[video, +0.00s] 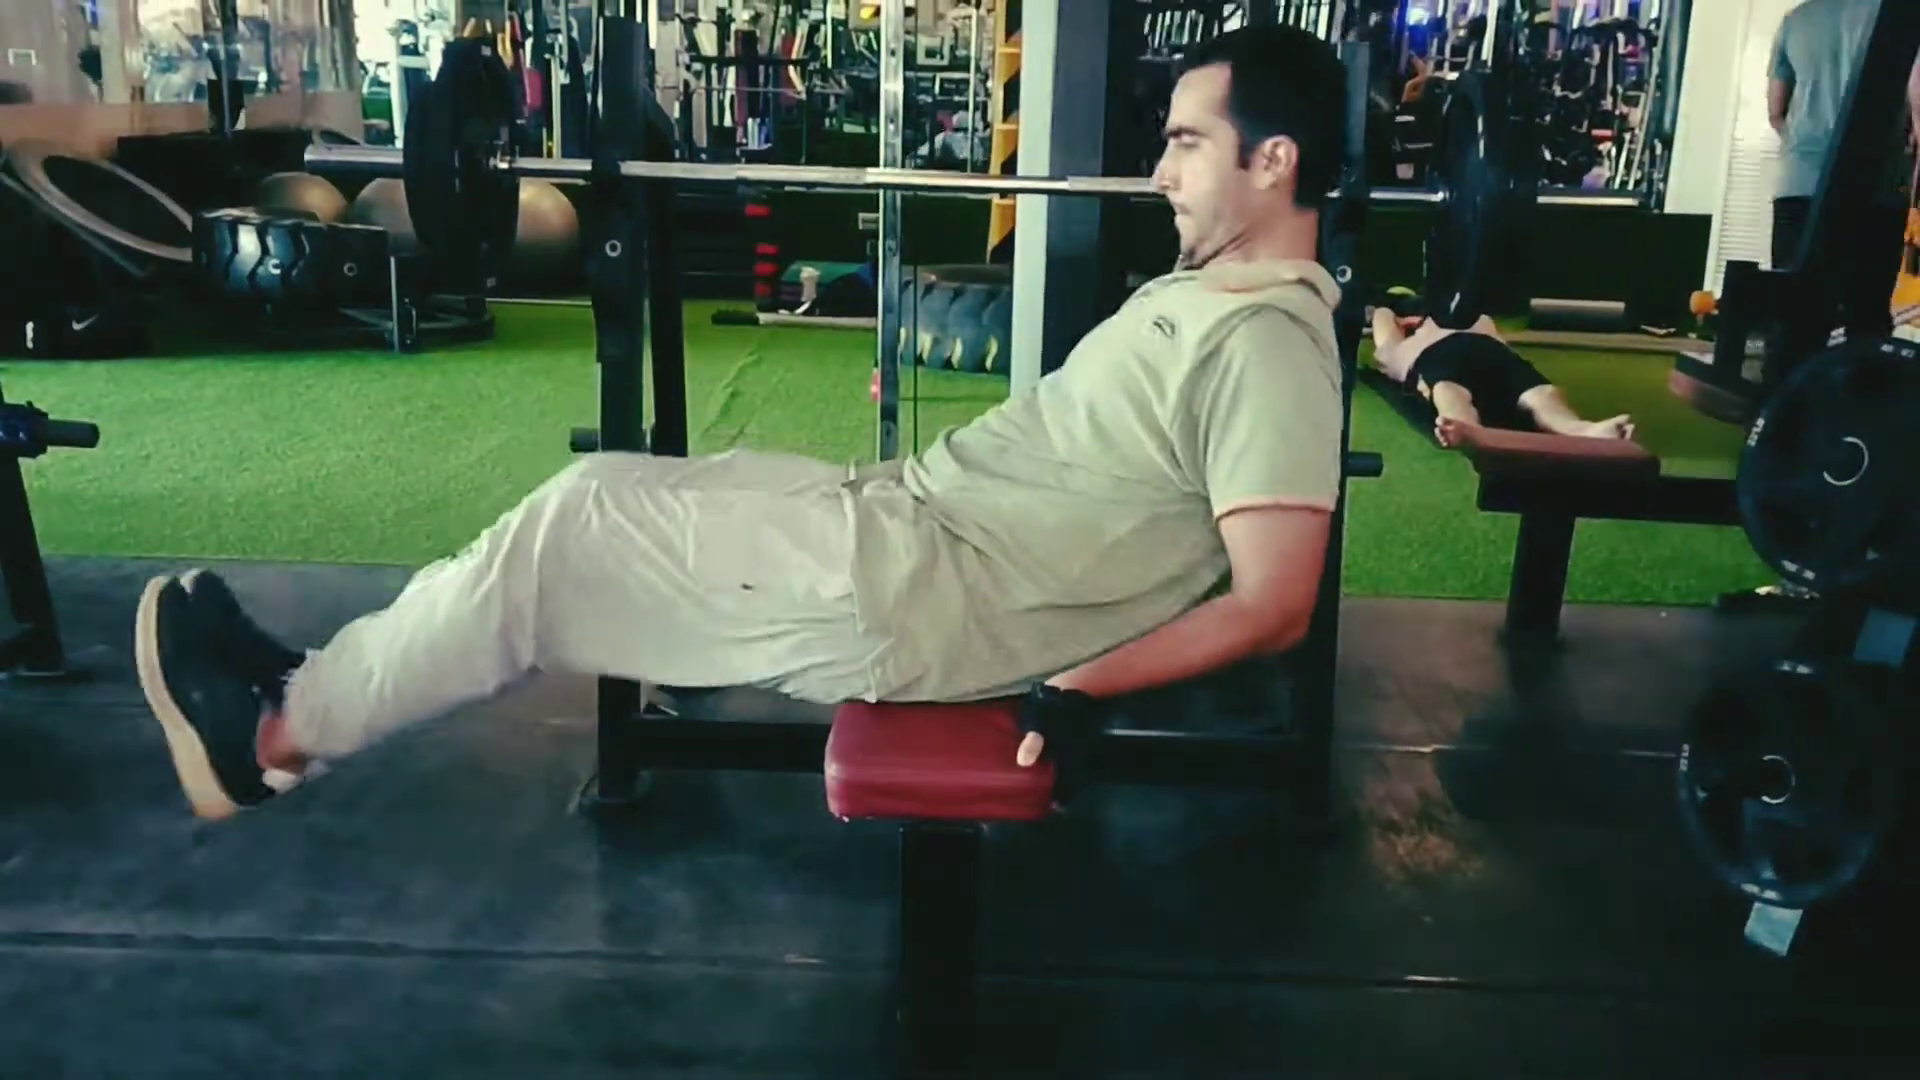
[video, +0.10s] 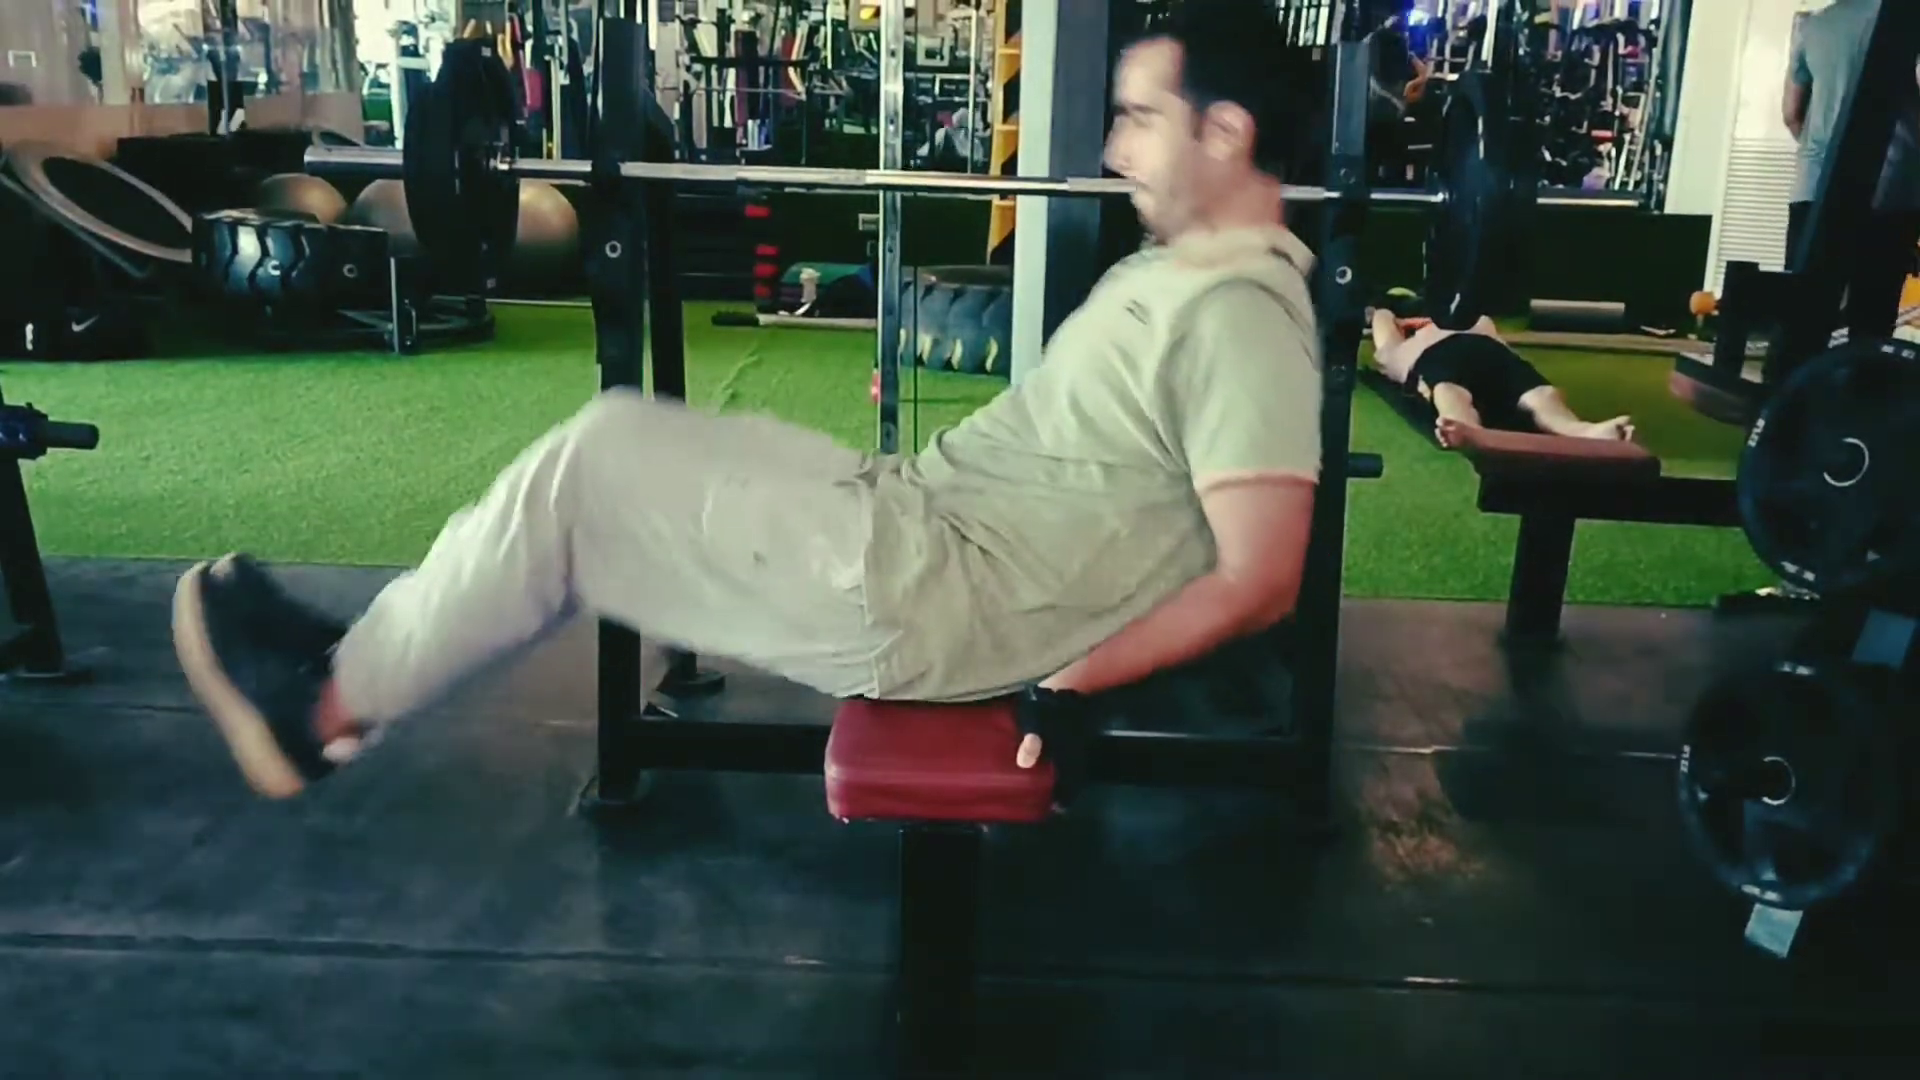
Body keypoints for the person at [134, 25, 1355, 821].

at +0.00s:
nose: (1164, 169)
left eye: (1190, 143)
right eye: (1170, 142)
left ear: (1280, 165)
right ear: (1261, 168)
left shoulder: (1269, 335)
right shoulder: (1212, 300)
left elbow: (1275, 602)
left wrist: (1068, 686)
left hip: (935, 590)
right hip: (908, 523)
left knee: (575, 535)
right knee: (589, 494)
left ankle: (272, 743)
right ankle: (303, 702)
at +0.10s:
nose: (1116, 146)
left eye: (1141, 118)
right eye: (1120, 120)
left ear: (1232, 137)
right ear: (1218, 142)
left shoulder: (1240, 301)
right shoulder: (1192, 274)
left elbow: (1260, 577)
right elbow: (1201, 532)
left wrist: (1072, 681)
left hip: (948, 593)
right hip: (920, 529)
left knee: (597, 461)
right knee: (605, 444)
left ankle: (321, 717)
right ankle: (345, 682)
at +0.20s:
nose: (1024, 123)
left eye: (1044, 91)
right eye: (1023, 94)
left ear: (1136, 96)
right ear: (1120, 97)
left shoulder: (1183, 268)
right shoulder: (1119, 244)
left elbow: (1234, 536)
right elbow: (1055, 442)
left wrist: (1054, 679)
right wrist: (911, 464)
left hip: (962, 605)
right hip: (934, 557)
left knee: (649, 372)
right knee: (666, 349)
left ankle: (410, 657)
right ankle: (434, 616)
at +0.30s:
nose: (932, 115)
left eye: (945, 82)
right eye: (928, 84)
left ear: (1036, 79)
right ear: (1033, 84)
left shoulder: (1096, 243)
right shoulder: (1050, 224)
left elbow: (1206, 511)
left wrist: (1042, 693)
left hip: (947, 612)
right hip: (927, 574)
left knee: (719, 292)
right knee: (724, 290)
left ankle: (496, 588)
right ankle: (503, 577)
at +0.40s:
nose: (901, 128)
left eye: (910, 95)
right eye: (894, 99)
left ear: (990, 83)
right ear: (992, 87)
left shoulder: (1058, 247)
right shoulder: (1019, 231)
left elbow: (1192, 501)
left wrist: (1041, 689)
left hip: (935, 619)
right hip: (925, 587)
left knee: (752, 270)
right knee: (763, 263)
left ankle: (536, 574)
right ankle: (550, 539)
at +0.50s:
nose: (930, 125)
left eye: (943, 91)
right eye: (926, 93)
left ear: (1030, 86)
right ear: (1023, 91)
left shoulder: (1087, 251)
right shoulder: (1045, 235)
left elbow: (1209, 510)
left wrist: (1040, 684)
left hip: (935, 615)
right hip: (920, 576)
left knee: (709, 291)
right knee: (721, 288)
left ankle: (490, 592)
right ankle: (497, 588)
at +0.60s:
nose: (1015, 133)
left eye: (1032, 101)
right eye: (1013, 103)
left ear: (1124, 104)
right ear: (1111, 104)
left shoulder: (1155, 274)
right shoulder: (1109, 251)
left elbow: (1241, 542)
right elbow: (1177, 506)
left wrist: (1050, 675)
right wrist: (1036, 636)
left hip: (937, 608)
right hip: (922, 558)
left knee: (627, 371)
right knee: (657, 340)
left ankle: (382, 653)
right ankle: (410, 617)